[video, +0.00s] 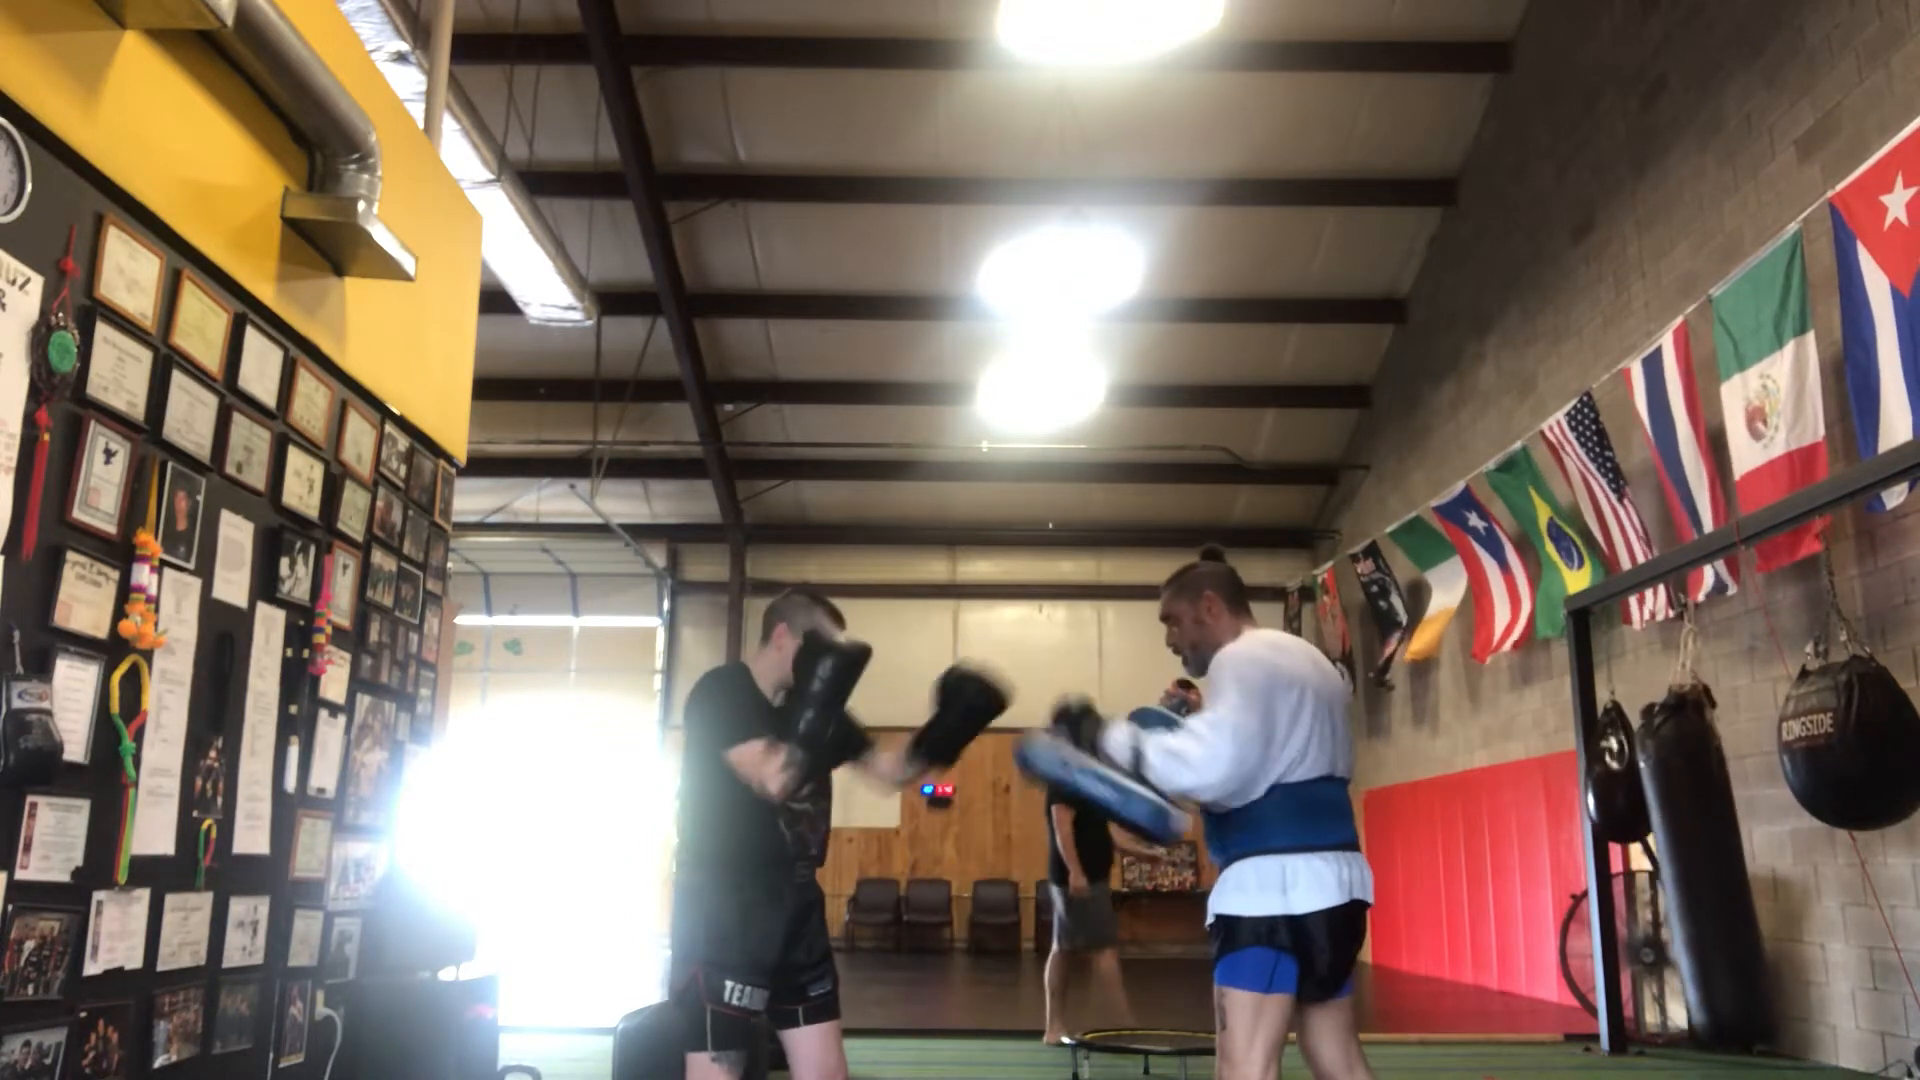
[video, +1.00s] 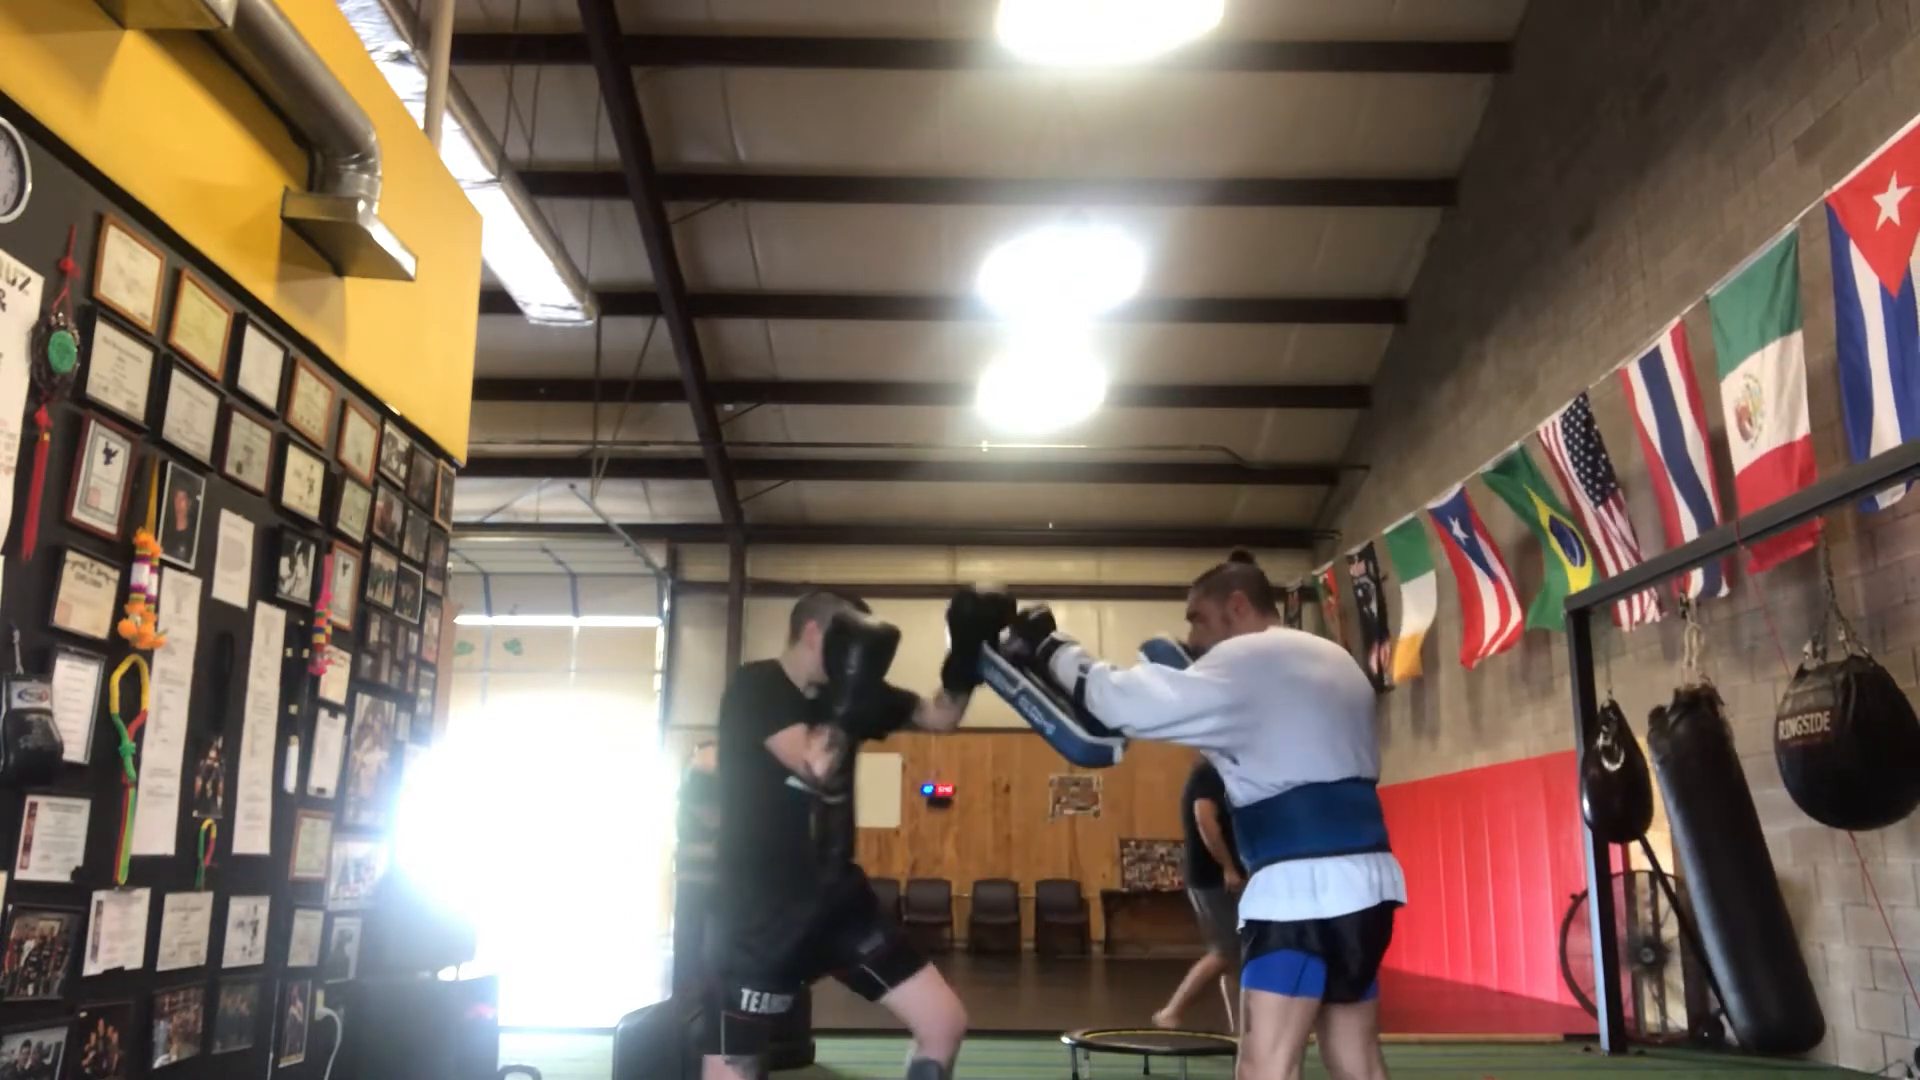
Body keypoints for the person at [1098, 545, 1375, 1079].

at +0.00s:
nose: (1170, 639)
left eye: (1173, 622)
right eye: (1166, 626)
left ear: (1210, 608)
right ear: (1216, 607)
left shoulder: (1242, 660)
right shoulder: (1315, 661)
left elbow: (1216, 768)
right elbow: (1290, 760)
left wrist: (1111, 736)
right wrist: (1205, 718)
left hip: (1269, 892)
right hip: (1336, 886)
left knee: (1246, 1065)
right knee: (1338, 1060)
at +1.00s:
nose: (1191, 637)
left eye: (1196, 620)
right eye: (1190, 623)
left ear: (1236, 607)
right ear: (1249, 608)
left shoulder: (1242, 661)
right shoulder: (1337, 658)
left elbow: (1131, 702)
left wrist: (1050, 648)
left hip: (1297, 893)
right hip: (1371, 886)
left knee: (1266, 1063)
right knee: (1357, 1058)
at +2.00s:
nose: (1285, 639)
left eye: (1284, 623)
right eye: (1280, 627)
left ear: (1314, 605)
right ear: (1348, 604)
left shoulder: (1312, 658)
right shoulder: (1443, 664)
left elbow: (1274, 785)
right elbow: (1470, 783)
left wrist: (1274, 726)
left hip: (1363, 900)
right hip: (1447, 899)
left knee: (1350, 1065)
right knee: (1412, 1064)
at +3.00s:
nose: (1349, 643)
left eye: (1351, 624)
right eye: (1345, 629)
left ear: (1390, 607)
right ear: (1408, 610)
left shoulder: (1404, 666)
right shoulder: (1503, 664)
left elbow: (1380, 797)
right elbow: (1530, 775)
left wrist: (1318, 759)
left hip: (1460, 897)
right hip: (1542, 892)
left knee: (1379, 1054)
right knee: (1546, 1066)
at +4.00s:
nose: (980, 601)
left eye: (983, 582)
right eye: (977, 587)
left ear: (1023, 564)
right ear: (1035, 567)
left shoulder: (1059, 605)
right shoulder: (1090, 610)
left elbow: (1021, 727)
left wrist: (964, 699)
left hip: (1103, 861)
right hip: (1136, 857)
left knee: (1077, 1051)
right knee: (1111, 1043)